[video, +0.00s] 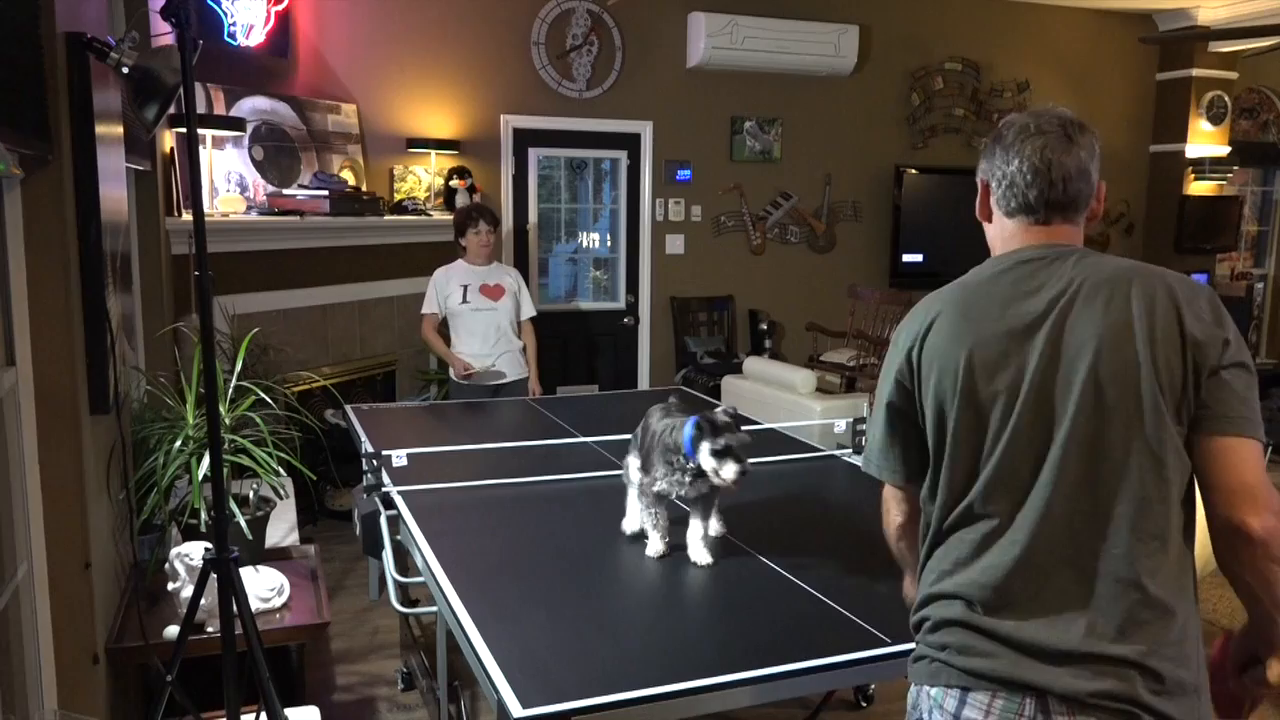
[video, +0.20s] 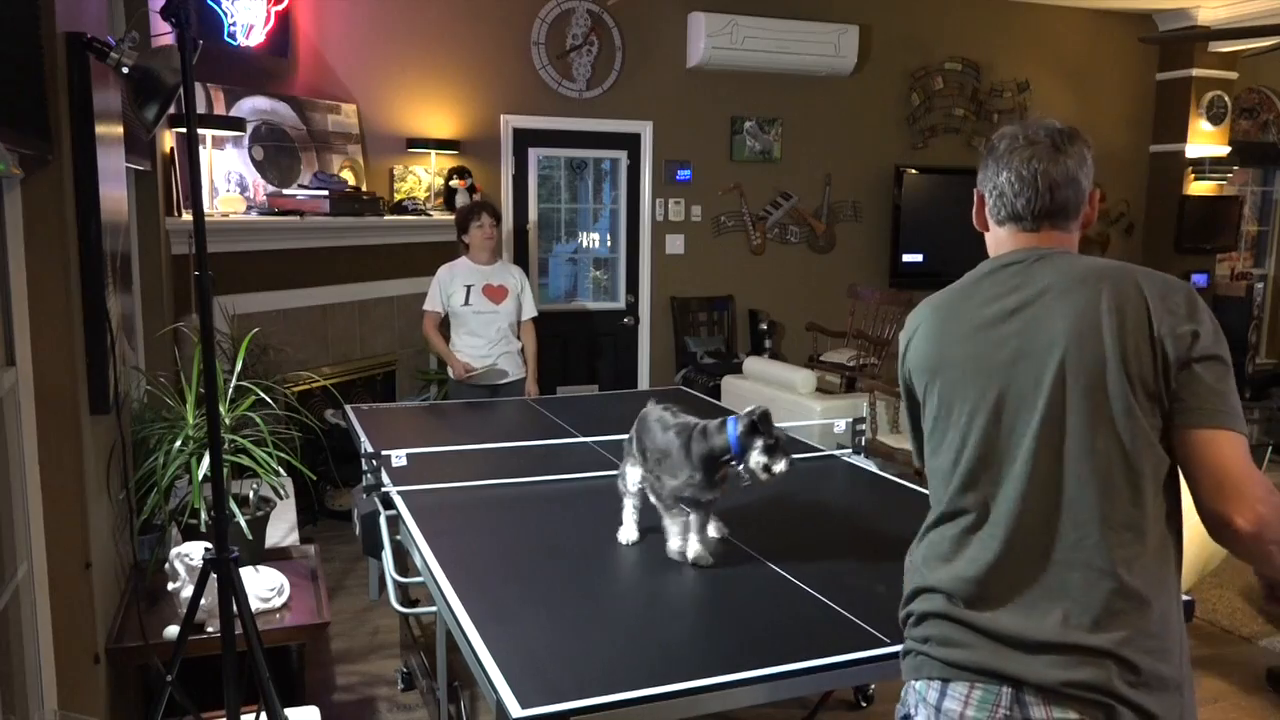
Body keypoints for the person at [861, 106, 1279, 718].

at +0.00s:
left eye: (980, 199)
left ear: (984, 202)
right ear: (1098, 204)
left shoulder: (930, 321)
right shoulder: (1187, 308)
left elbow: (901, 518)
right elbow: (1247, 521)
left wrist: (919, 579)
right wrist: (1260, 635)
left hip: (964, 686)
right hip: (1144, 691)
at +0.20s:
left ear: (979, 211)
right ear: (1092, 210)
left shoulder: (925, 326)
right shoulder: (1164, 305)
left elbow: (940, 479)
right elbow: (1241, 515)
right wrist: (1274, 570)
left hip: (950, 685)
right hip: (1118, 692)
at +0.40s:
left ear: (999, 223)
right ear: (1108, 223)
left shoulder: (943, 323)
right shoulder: (1165, 311)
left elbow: (942, 470)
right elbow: (1225, 513)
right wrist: (1274, 577)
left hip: (932, 679)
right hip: (1088, 689)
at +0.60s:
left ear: (1029, 248)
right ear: (1137, 251)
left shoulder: (962, 332)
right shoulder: (1183, 343)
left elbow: (927, 495)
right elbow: (1224, 554)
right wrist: (1276, 643)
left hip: (916, 682)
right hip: (1067, 695)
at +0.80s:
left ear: (1042, 265)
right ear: (1148, 274)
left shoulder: (966, 343)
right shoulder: (1195, 374)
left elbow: (848, 482)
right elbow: (1223, 587)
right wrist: (1268, 648)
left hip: (929, 688)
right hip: (1091, 696)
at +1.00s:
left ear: (1046, 256)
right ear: (1155, 269)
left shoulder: (975, 340)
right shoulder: (1206, 376)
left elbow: (875, 476)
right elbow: (1173, 510)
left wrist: (840, 600)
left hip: (983, 689)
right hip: (1163, 698)